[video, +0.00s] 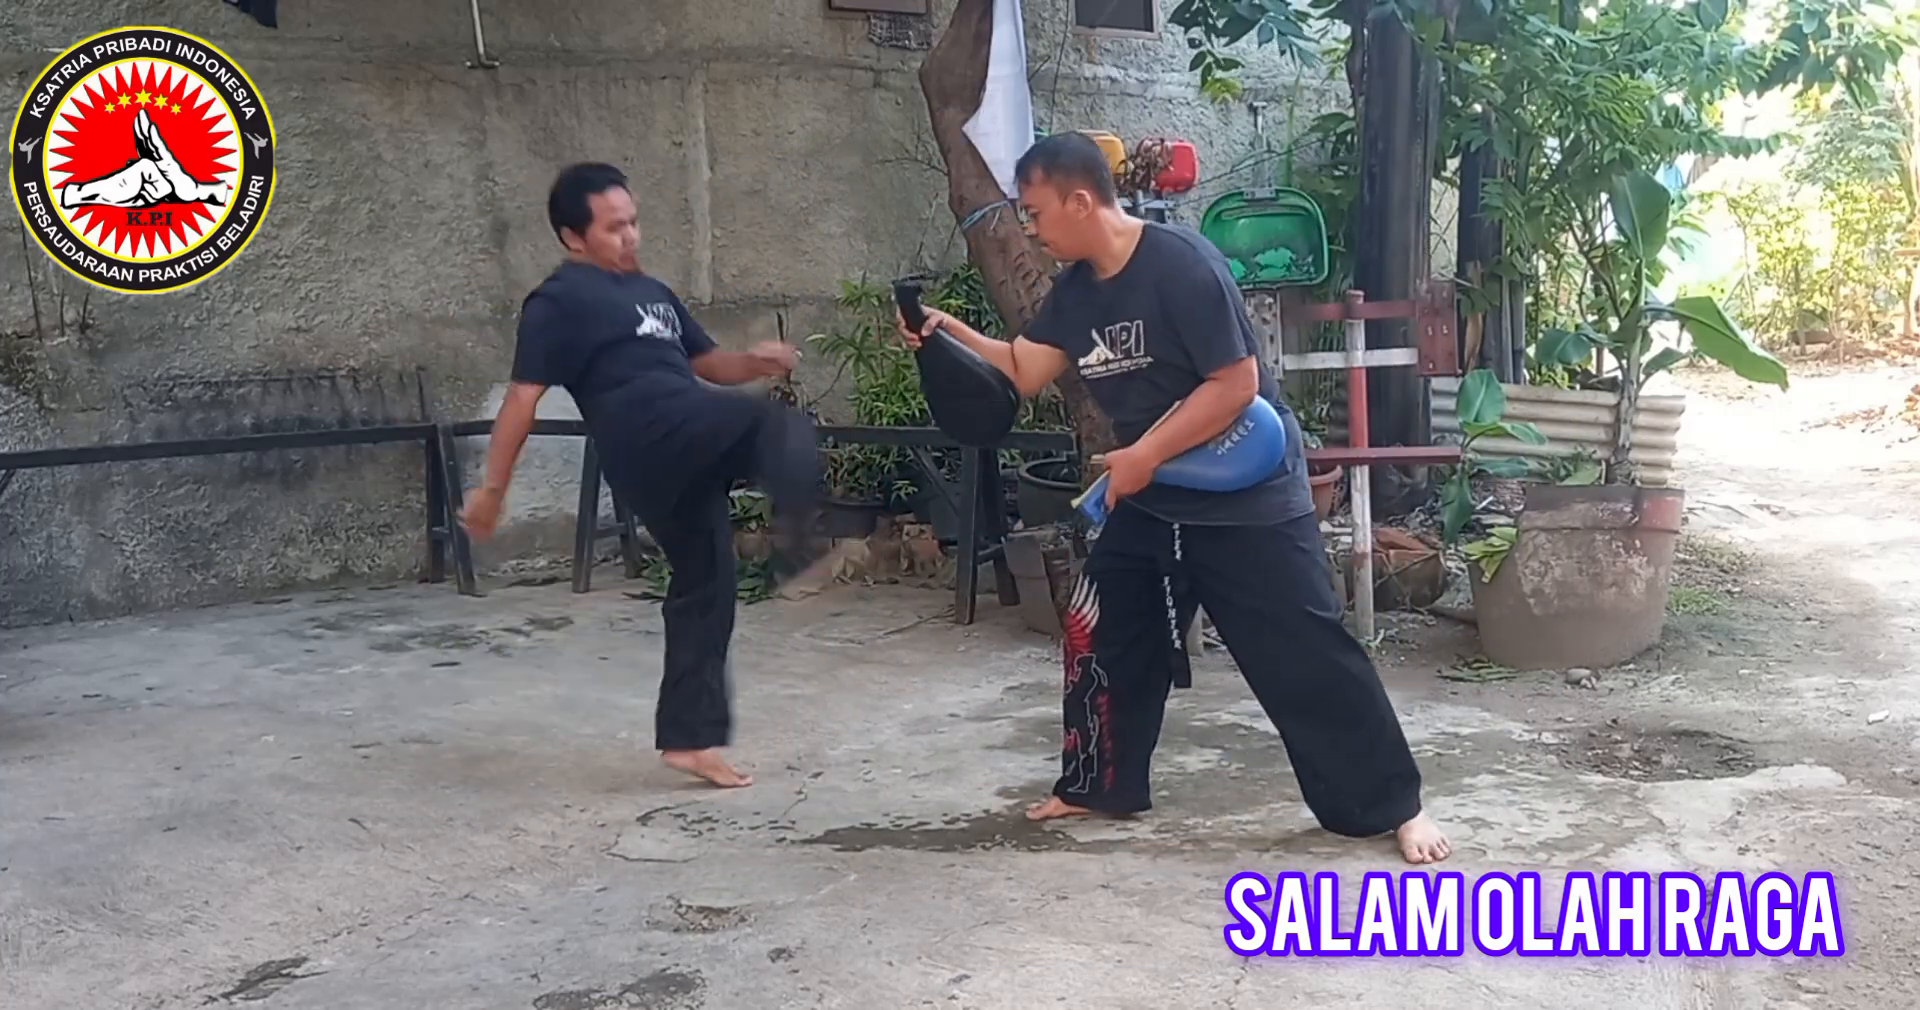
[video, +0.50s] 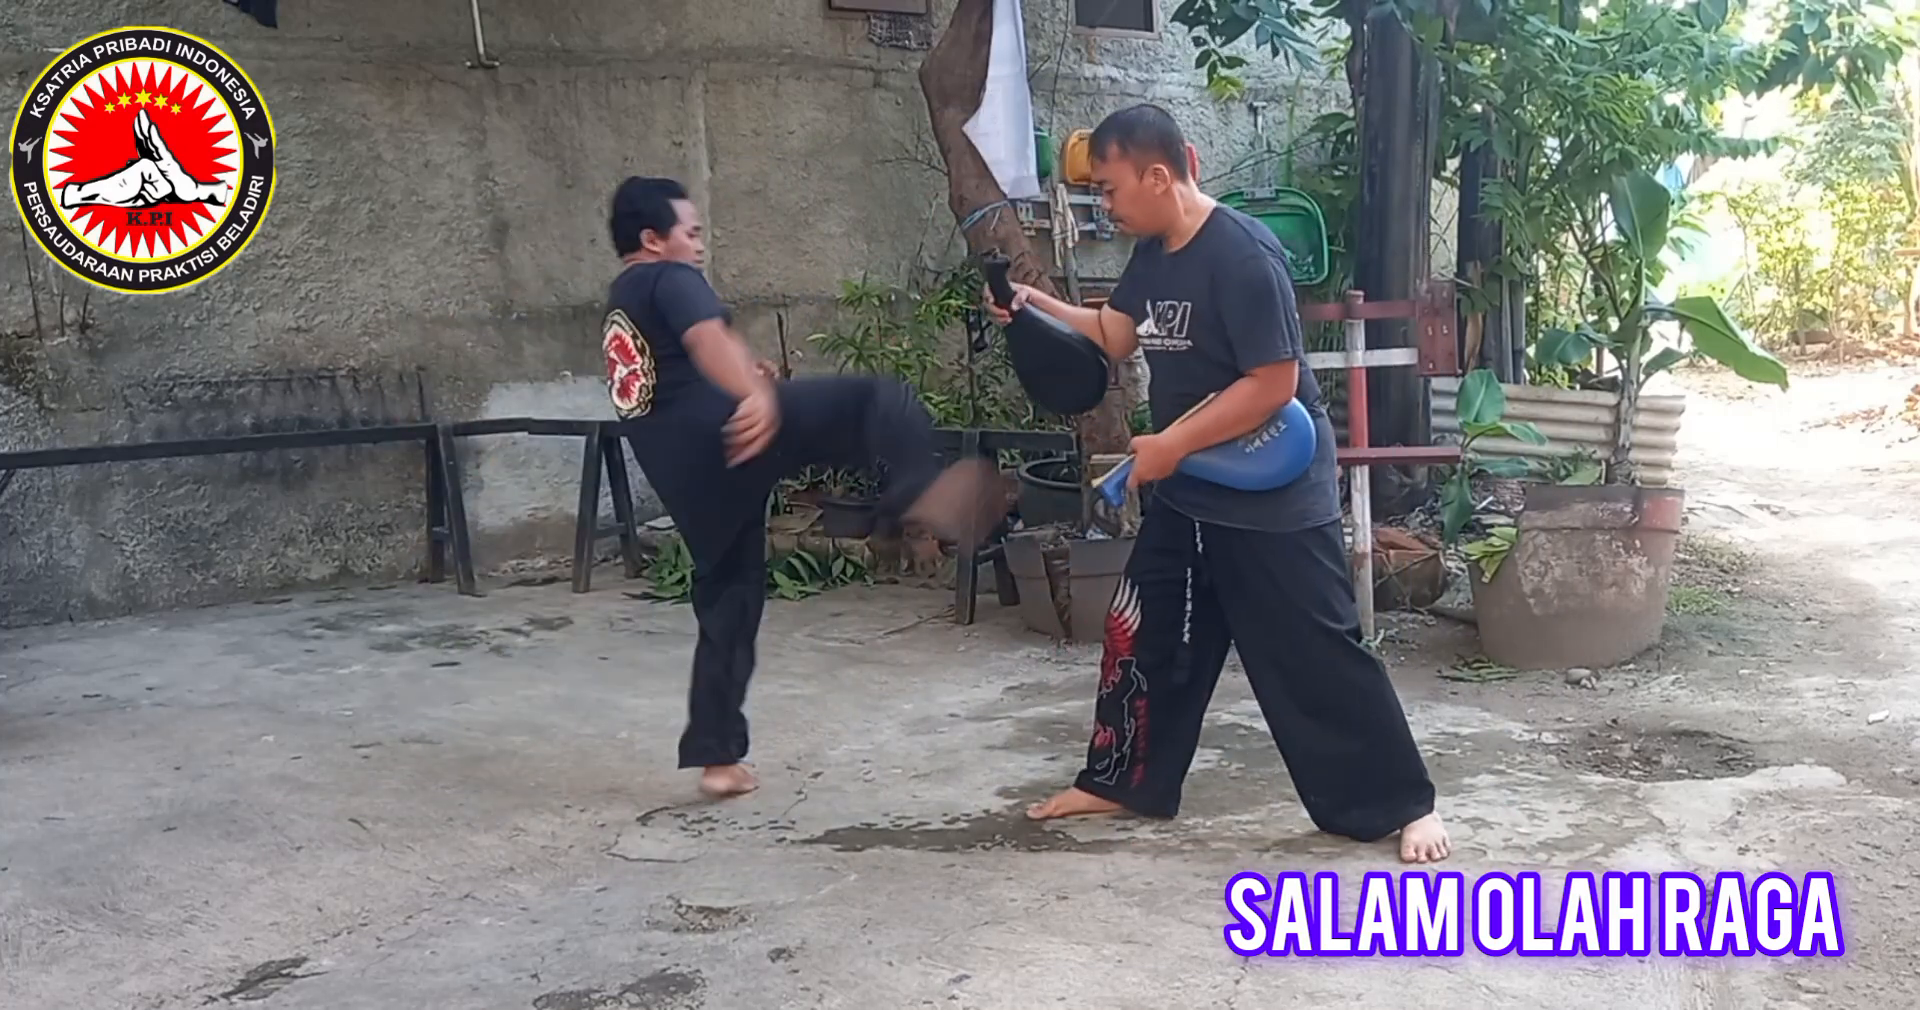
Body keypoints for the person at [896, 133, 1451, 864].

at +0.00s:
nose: (1031, 230)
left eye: (1035, 213)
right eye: (1026, 215)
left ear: (1083, 200)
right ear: (1073, 205)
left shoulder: (1183, 262)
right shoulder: (1071, 288)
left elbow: (1235, 383)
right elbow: (1023, 369)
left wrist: (1146, 453)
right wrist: (946, 330)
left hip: (1246, 493)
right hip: (1147, 494)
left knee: (1311, 641)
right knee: (1108, 637)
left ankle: (1400, 805)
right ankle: (1105, 785)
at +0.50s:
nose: (1105, 206)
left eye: (1111, 188)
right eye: (1101, 191)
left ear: (1168, 175)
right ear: (1157, 181)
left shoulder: (1245, 255)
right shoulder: (1152, 252)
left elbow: (1274, 383)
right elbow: (1114, 333)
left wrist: (1172, 442)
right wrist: (1038, 303)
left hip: (1273, 499)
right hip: (1185, 492)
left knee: (1323, 652)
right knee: (1149, 637)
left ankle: (1410, 806)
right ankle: (1121, 781)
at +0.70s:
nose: (1166, 178)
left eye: (1177, 163)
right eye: (1164, 163)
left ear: (1233, 161)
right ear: (1216, 163)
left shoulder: (1298, 250)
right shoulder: (1211, 234)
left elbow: (1321, 384)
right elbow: (1224, 357)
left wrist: (1216, 437)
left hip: (1293, 500)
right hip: (1213, 487)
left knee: (1331, 656)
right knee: (1170, 638)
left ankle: (1410, 810)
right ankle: (1130, 779)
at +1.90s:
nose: (1139, 176)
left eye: (1148, 159)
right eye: (1134, 161)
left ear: (1202, 145)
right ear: (1168, 154)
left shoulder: (1298, 220)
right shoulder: (1154, 230)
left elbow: (1348, 341)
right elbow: (1133, 323)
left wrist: (1302, 436)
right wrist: (1096, 406)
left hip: (1296, 474)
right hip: (1187, 472)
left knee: (1330, 638)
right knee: (1135, 611)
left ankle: (1357, 801)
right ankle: (1115, 768)